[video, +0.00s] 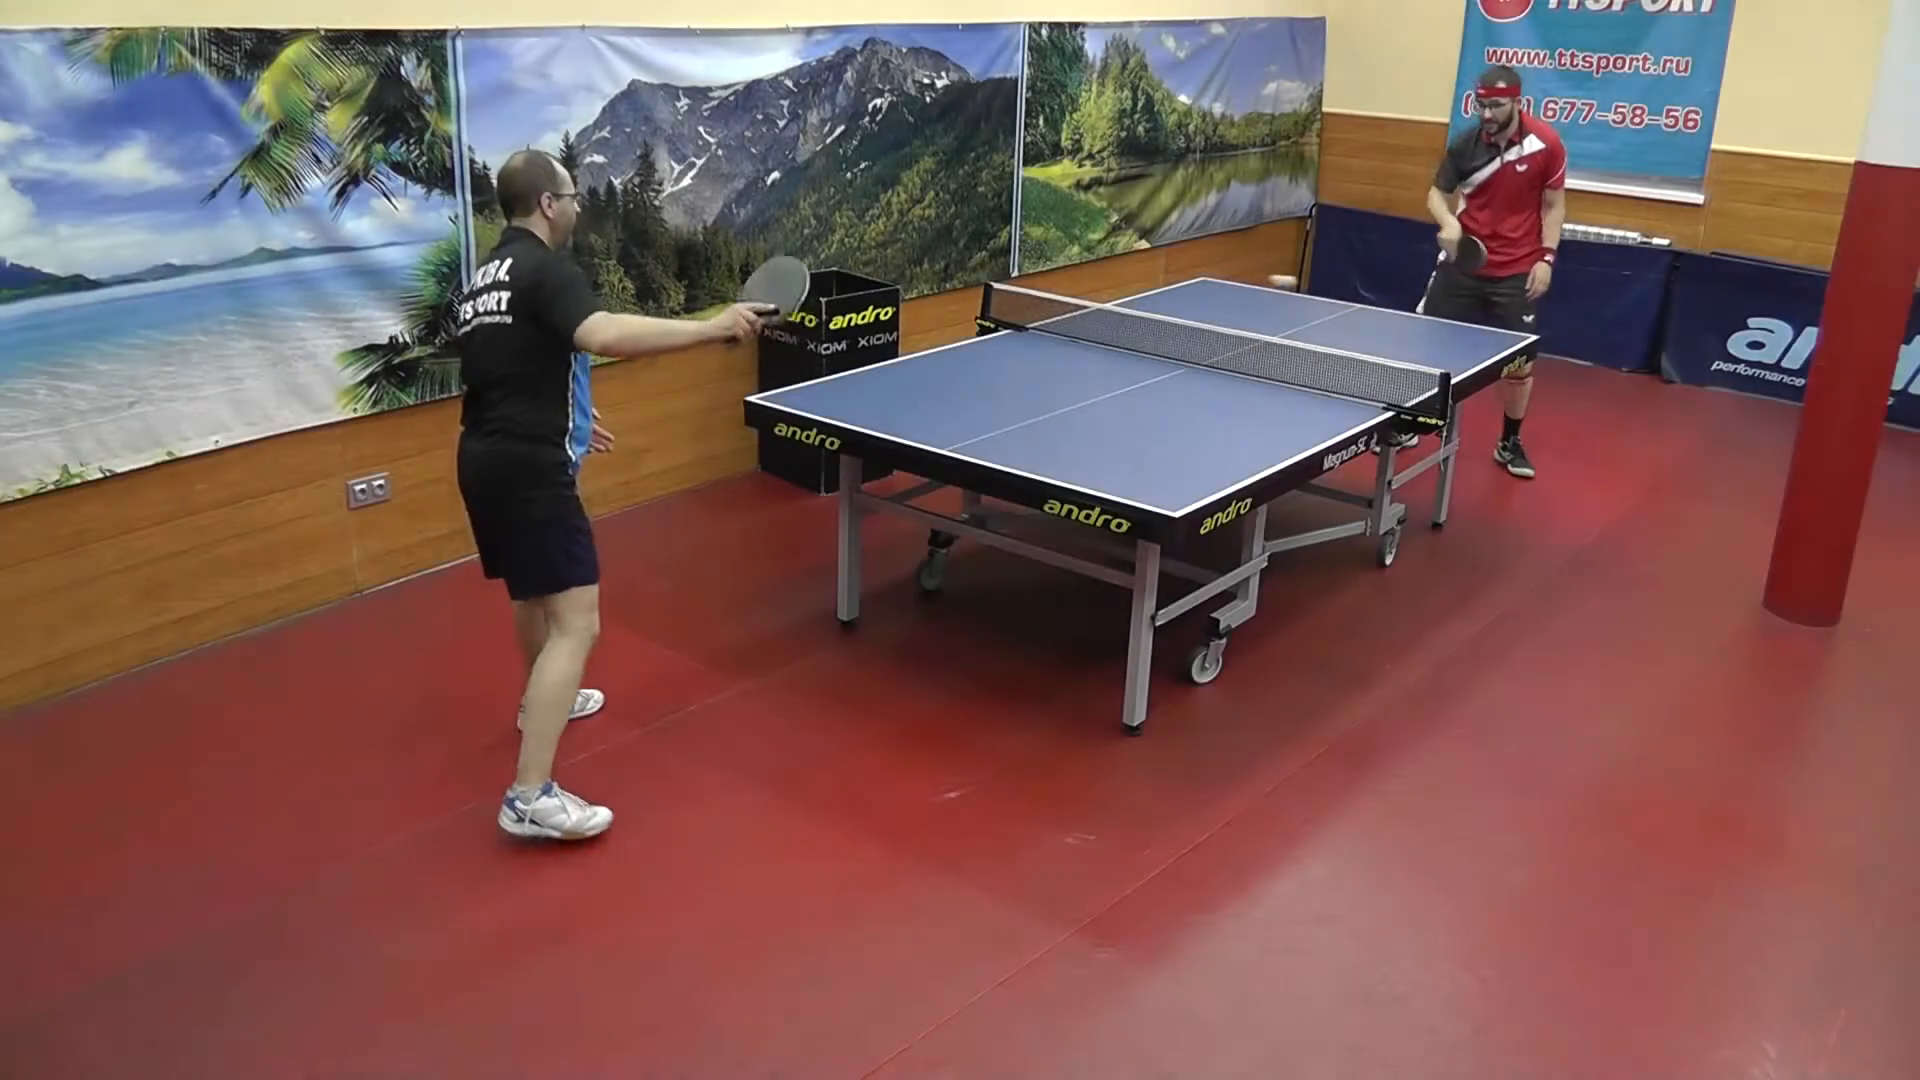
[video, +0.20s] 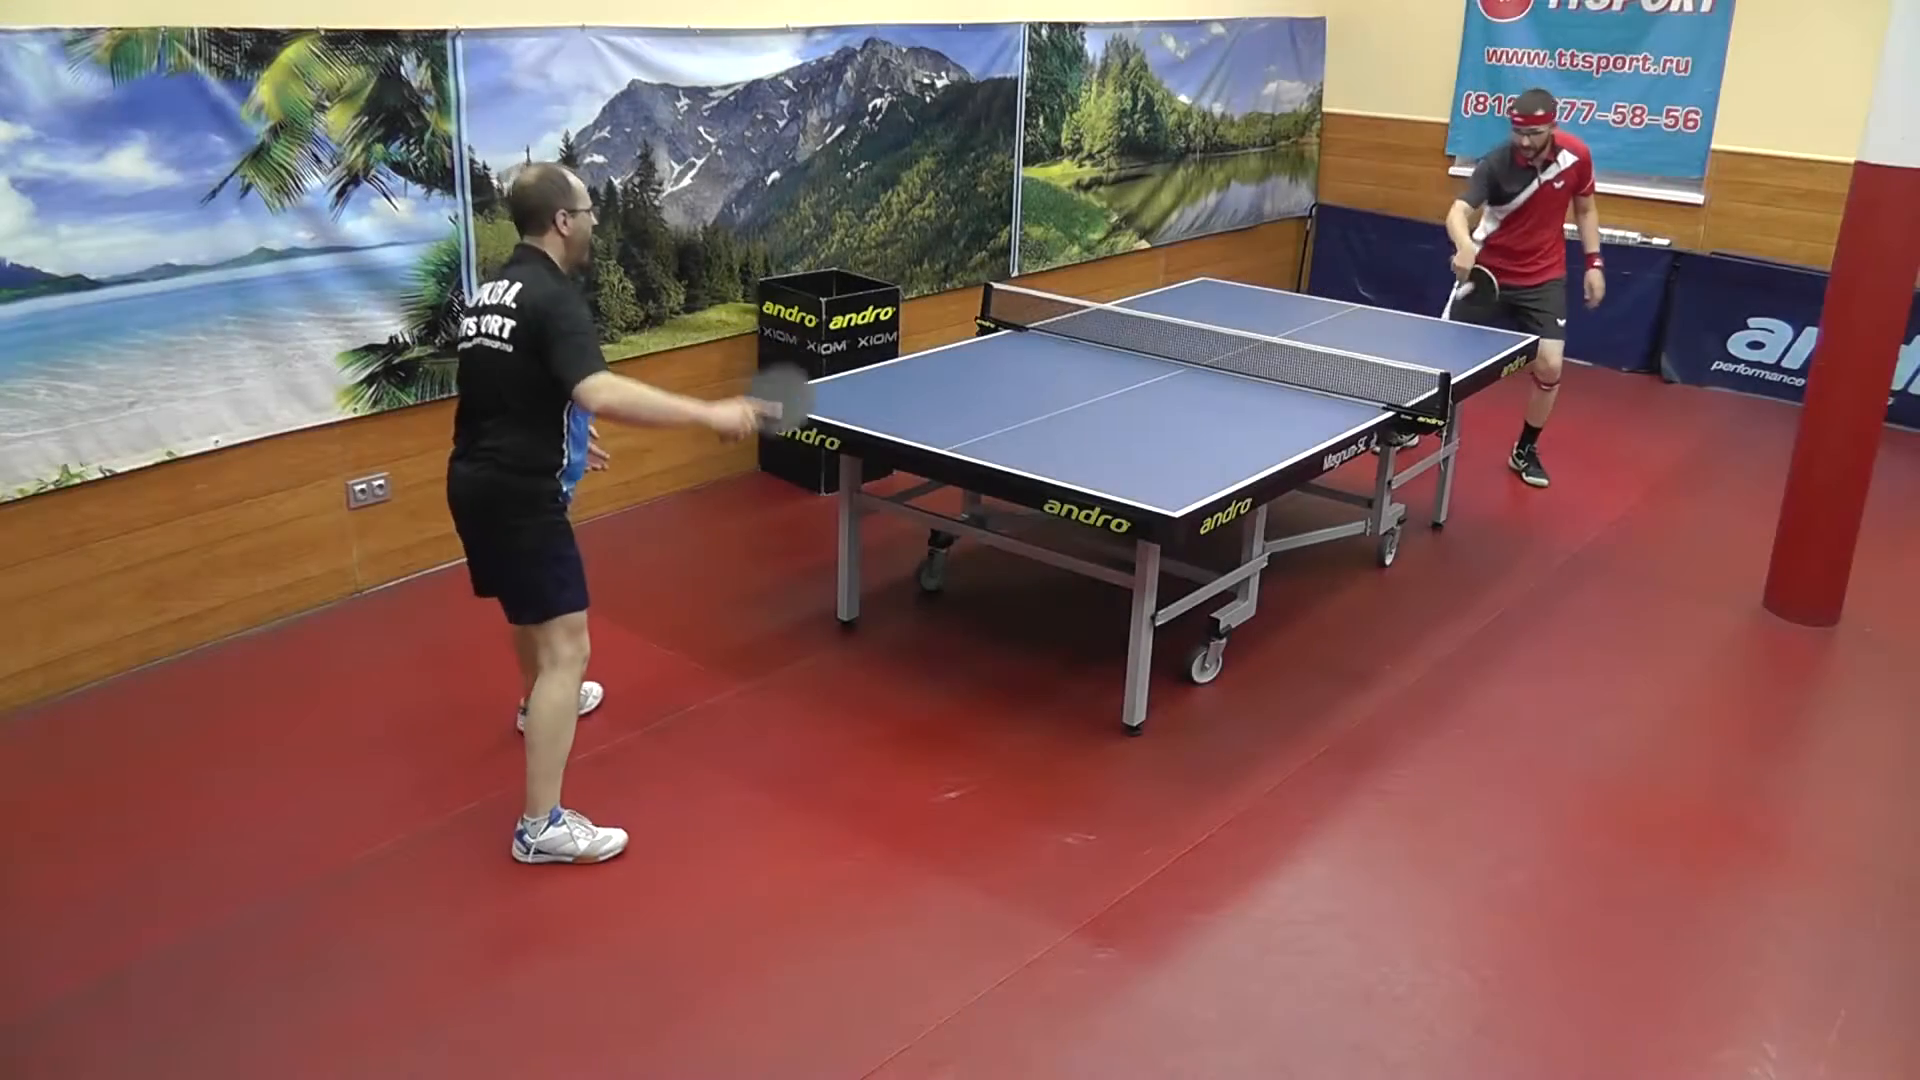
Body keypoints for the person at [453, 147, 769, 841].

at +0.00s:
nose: (577, 208)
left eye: (574, 197)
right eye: (571, 197)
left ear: (517, 208)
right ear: (547, 204)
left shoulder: (484, 273)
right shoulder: (544, 267)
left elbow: (493, 376)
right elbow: (601, 335)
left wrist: (561, 421)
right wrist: (711, 327)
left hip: (484, 461)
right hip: (529, 464)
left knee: (531, 592)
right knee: (575, 625)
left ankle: (543, 694)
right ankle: (529, 795)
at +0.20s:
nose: (593, 226)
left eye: (589, 213)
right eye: (587, 215)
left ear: (531, 224)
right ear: (560, 222)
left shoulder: (489, 290)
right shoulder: (552, 295)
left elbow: (491, 390)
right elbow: (593, 390)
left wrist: (561, 432)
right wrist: (708, 412)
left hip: (476, 485)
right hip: (521, 493)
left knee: (525, 601)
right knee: (565, 650)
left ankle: (541, 696)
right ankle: (541, 823)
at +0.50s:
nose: (625, 235)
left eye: (622, 223)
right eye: (618, 225)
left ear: (569, 235)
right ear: (586, 237)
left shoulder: (520, 289)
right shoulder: (561, 320)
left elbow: (515, 392)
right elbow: (570, 454)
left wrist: (586, 431)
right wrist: (654, 502)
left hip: (470, 482)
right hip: (512, 503)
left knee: (501, 603)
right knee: (573, 653)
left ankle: (485, 718)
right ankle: (543, 822)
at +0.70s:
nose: (660, 276)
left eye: (657, 264)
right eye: (651, 266)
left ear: (609, 273)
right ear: (615, 276)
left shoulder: (589, 324)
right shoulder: (554, 364)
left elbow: (616, 402)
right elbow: (526, 493)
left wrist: (671, 450)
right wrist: (600, 576)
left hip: (529, 504)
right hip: (505, 520)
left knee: (533, 607)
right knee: (607, 644)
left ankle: (485, 718)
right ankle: (626, 818)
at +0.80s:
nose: (683, 309)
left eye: (682, 298)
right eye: (675, 300)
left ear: (636, 306)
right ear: (637, 309)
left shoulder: (634, 353)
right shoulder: (563, 386)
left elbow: (674, 410)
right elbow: (516, 515)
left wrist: (727, 461)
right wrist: (550, 621)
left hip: (565, 523)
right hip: (529, 534)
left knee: (551, 624)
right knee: (625, 666)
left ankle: (487, 720)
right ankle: (682, 829)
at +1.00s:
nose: (758, 368)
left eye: (756, 356)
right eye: (747, 360)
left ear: (707, 368)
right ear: (701, 371)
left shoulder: (693, 384)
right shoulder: (626, 445)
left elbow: (734, 399)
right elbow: (569, 572)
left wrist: (783, 449)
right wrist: (571, 697)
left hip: (611, 556)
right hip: (596, 575)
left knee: (556, 627)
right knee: (703, 683)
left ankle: (496, 712)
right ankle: (701, 842)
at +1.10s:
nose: (792, 363)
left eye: (790, 350)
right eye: (779, 356)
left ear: (727, 360)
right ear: (729, 367)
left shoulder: (687, 367)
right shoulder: (685, 457)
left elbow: (703, 413)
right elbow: (684, 594)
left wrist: (738, 447)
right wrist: (753, 682)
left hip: (573, 517)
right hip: (603, 566)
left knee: (576, 599)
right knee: (731, 691)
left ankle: (523, 690)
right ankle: (705, 842)